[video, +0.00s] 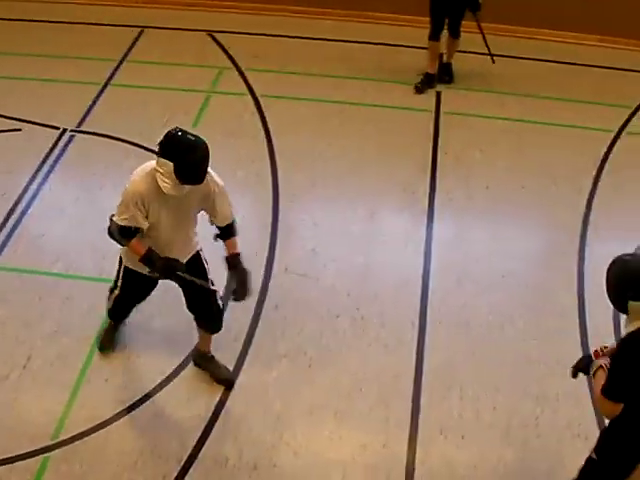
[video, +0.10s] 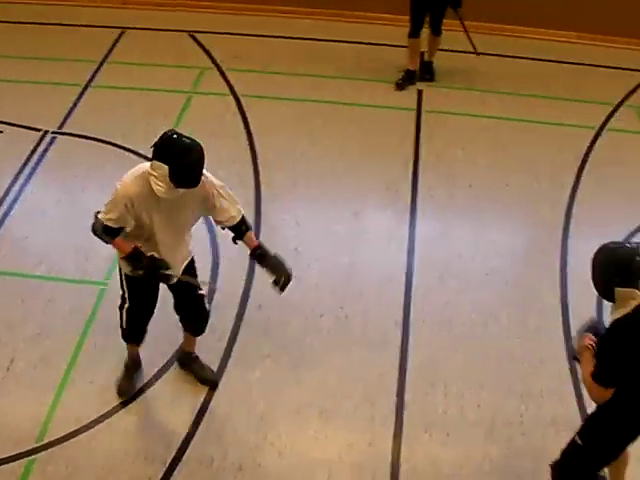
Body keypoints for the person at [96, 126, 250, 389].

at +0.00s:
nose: (192, 183)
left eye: (196, 177)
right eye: (187, 177)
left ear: (201, 168)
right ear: (170, 168)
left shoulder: (208, 185)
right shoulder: (141, 185)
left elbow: (226, 225)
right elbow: (120, 229)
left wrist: (235, 265)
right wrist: (152, 259)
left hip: (186, 254)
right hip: (142, 256)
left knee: (209, 312)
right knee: (122, 303)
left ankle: (203, 353)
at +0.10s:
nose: (189, 186)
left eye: (193, 180)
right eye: (183, 181)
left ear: (197, 172)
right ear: (165, 173)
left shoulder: (204, 187)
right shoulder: (133, 189)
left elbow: (235, 221)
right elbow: (104, 228)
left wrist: (264, 255)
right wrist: (139, 258)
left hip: (179, 256)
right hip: (137, 258)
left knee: (195, 312)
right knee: (136, 316)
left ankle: (188, 354)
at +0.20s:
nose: (181, 195)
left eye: (184, 189)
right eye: (175, 190)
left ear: (187, 182)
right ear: (155, 181)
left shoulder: (195, 193)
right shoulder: (121, 199)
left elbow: (229, 215)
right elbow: (83, 233)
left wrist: (259, 229)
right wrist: (113, 267)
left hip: (170, 264)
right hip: (130, 268)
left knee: (189, 321)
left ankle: (168, 353)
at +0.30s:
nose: (171, 209)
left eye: (175, 203)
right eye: (166, 203)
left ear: (180, 193)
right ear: (147, 193)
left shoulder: (186, 203)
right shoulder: (113, 214)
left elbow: (215, 221)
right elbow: (77, 252)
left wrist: (232, 220)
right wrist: (109, 287)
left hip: (167, 274)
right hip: (126, 284)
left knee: (210, 329)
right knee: (134, 352)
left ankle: (172, 349)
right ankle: (135, 408)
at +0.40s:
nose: (176, 210)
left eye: (179, 204)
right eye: (171, 205)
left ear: (180, 196)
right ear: (153, 196)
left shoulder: (181, 204)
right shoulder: (119, 218)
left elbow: (204, 228)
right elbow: (89, 269)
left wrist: (222, 236)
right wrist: (128, 294)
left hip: (173, 285)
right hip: (132, 300)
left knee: (216, 329)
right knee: (134, 375)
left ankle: (204, 365)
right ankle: (126, 410)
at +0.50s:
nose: (181, 213)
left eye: (184, 208)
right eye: (178, 208)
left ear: (187, 198)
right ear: (161, 197)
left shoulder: (187, 207)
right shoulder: (126, 220)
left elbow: (207, 229)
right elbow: (103, 275)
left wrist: (224, 239)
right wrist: (150, 287)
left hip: (177, 293)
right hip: (132, 307)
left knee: (220, 336)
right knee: (127, 377)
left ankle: (236, 376)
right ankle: (114, 410)